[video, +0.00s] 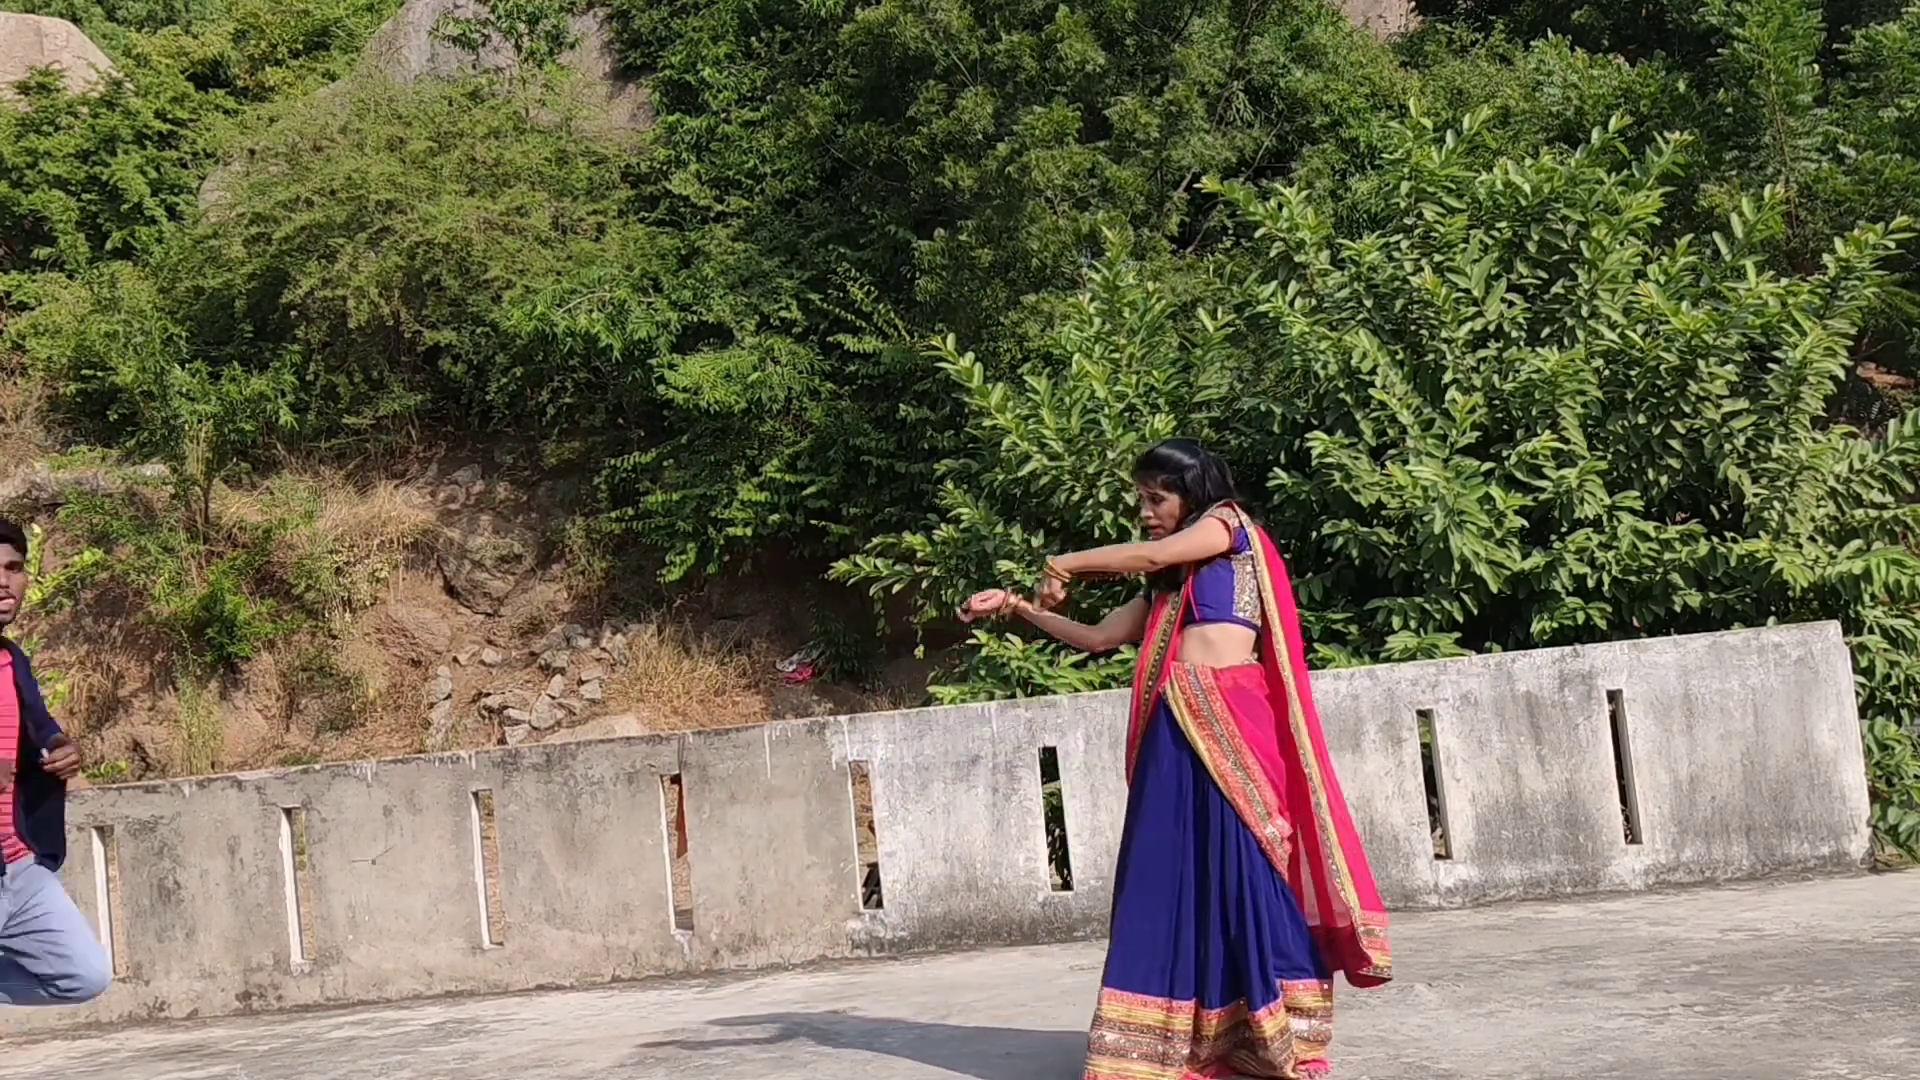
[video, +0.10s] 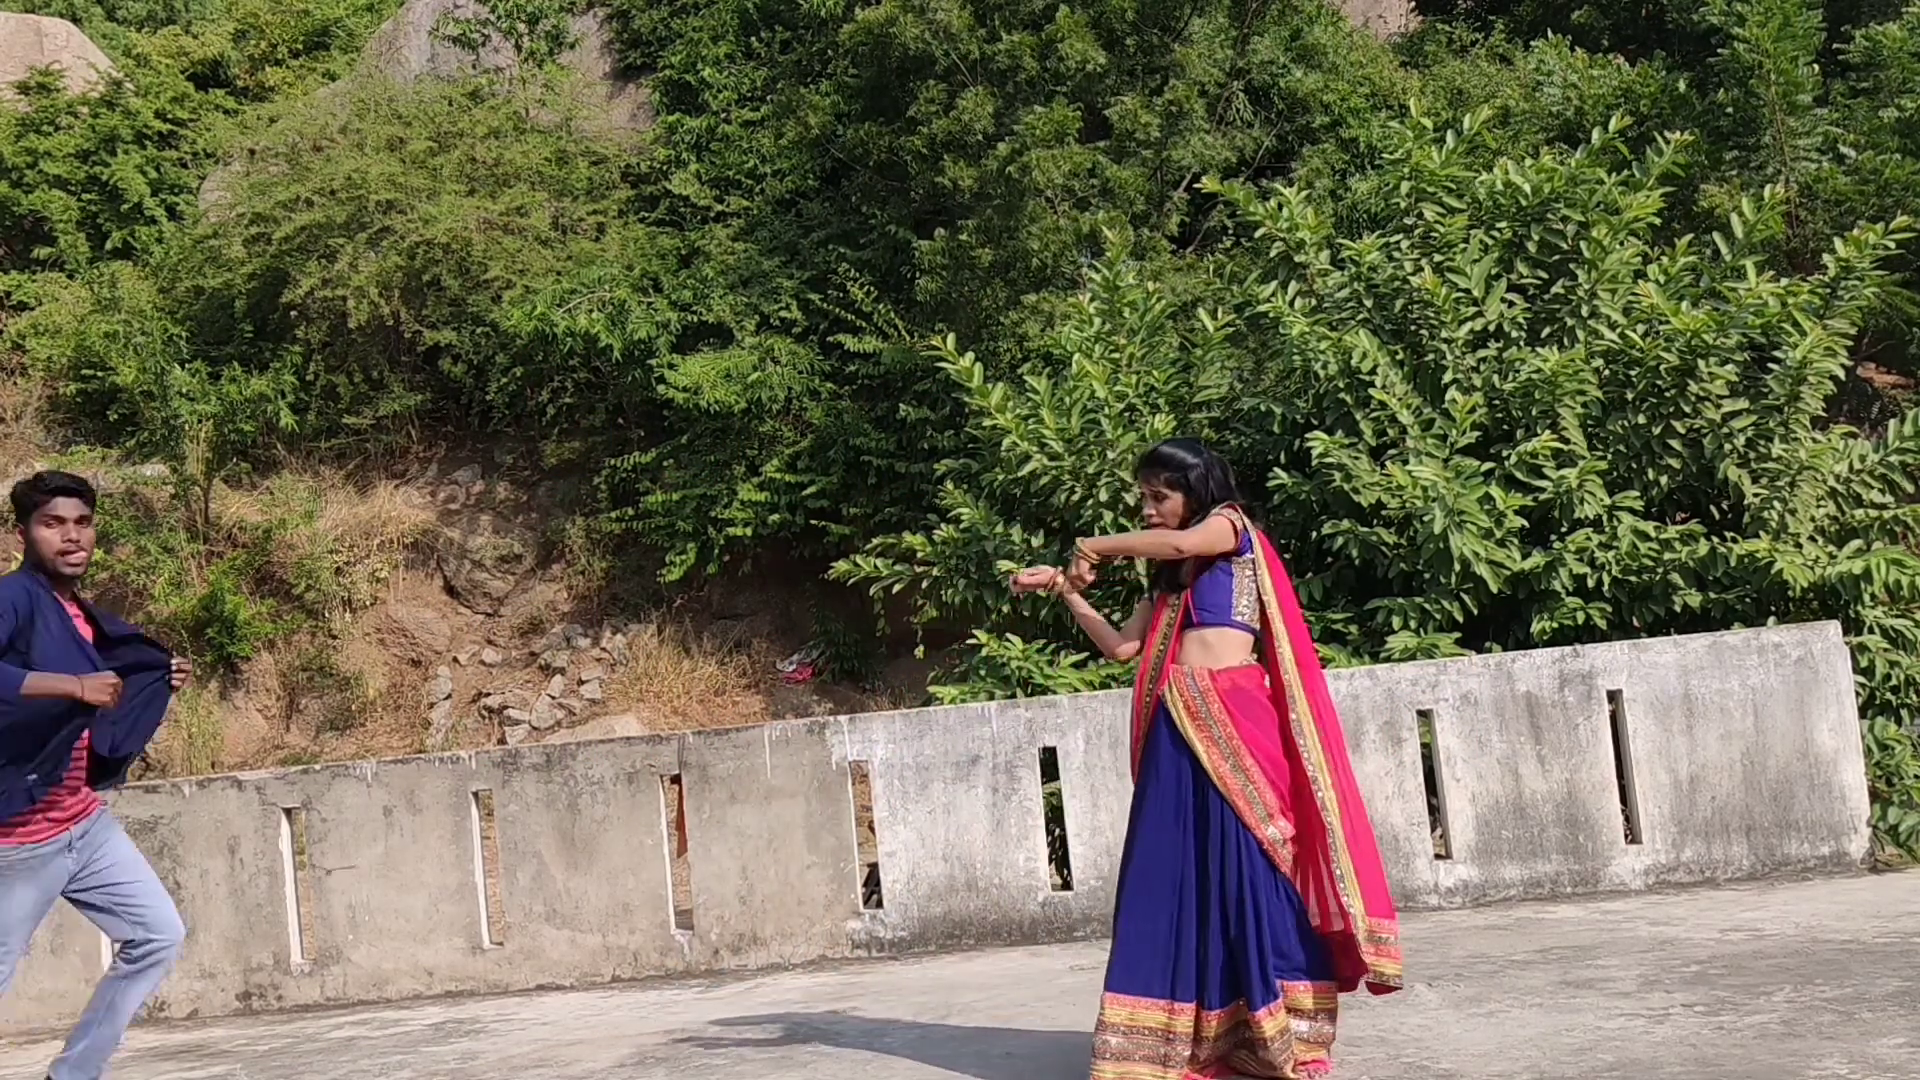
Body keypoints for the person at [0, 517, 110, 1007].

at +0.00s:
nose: (4, 582)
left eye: (13, 568)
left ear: (27, 579)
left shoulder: (14, 662)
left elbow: (39, 729)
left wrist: (63, 753)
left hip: (13, 861)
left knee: (83, 975)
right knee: (79, 974)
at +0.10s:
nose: (73, 536)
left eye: (83, 523)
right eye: (55, 524)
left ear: (94, 531)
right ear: (25, 534)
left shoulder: (80, 610)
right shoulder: (13, 599)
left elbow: (96, 674)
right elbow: (3, 676)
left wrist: (156, 674)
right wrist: (74, 686)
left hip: (86, 821)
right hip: (18, 841)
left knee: (158, 935)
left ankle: (74, 1073)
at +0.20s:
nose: (147, 510)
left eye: (156, 497)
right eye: (129, 498)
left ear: (166, 506)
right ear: (96, 508)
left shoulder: (145, 581)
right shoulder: (76, 572)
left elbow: (137, 669)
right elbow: (48, 675)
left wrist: (202, 650)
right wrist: (113, 618)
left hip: (159, 799)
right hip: (93, 805)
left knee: (194, 966)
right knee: (75, 970)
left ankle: (208, 1075)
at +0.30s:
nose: (231, 535)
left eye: (236, 522)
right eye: (214, 522)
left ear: (239, 527)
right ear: (172, 526)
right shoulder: (144, 602)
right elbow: (116, 700)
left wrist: (279, 707)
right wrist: (216, 661)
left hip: (244, 817)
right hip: (184, 821)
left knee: (270, 988)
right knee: (195, 985)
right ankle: (31, 936)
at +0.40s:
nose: (313, 556)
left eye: (315, 544)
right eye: (298, 546)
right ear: (252, 551)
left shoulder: (295, 630)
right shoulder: (225, 618)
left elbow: (322, 711)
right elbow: (185, 704)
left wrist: (349, 734)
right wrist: (277, 727)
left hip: (311, 821)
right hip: (254, 826)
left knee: (335, 982)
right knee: (344, 962)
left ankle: (279, 1077)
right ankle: (175, 932)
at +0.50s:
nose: (388, 526)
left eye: (390, 512)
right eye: (373, 514)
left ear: (391, 513)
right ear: (331, 519)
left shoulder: (383, 592)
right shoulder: (291, 590)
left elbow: (401, 692)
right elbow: (225, 673)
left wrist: (453, 680)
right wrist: (334, 676)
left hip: (373, 788)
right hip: (333, 792)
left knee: (339, 957)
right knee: (453, 907)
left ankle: (280, 1071)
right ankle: (327, 1035)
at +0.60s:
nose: (466, 499)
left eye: (471, 486)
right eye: (453, 485)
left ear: (468, 487)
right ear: (408, 484)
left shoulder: (471, 562)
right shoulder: (364, 556)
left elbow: (494, 648)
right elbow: (310, 668)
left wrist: (556, 631)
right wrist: (364, 638)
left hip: (456, 761)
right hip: (418, 765)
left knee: (413, 936)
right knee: (516, 912)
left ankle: (277, 1063)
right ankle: (550, 1073)